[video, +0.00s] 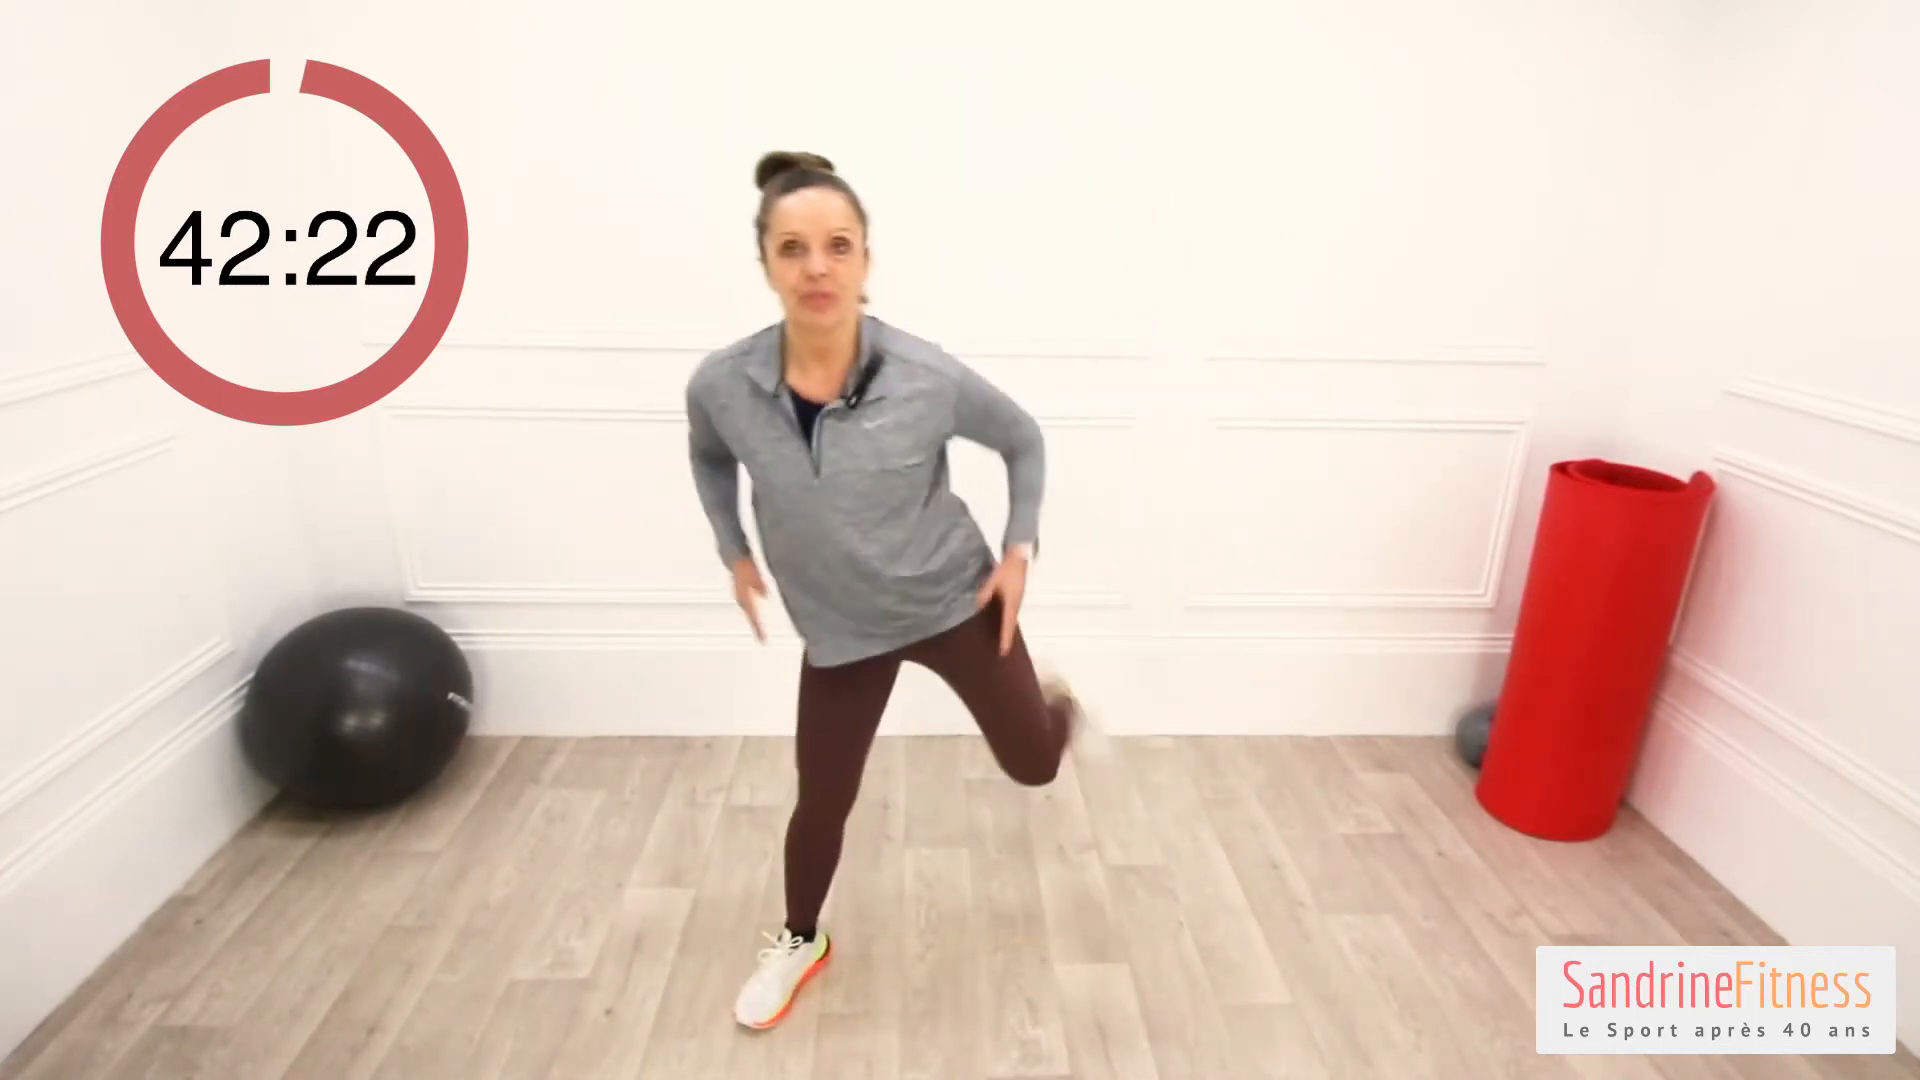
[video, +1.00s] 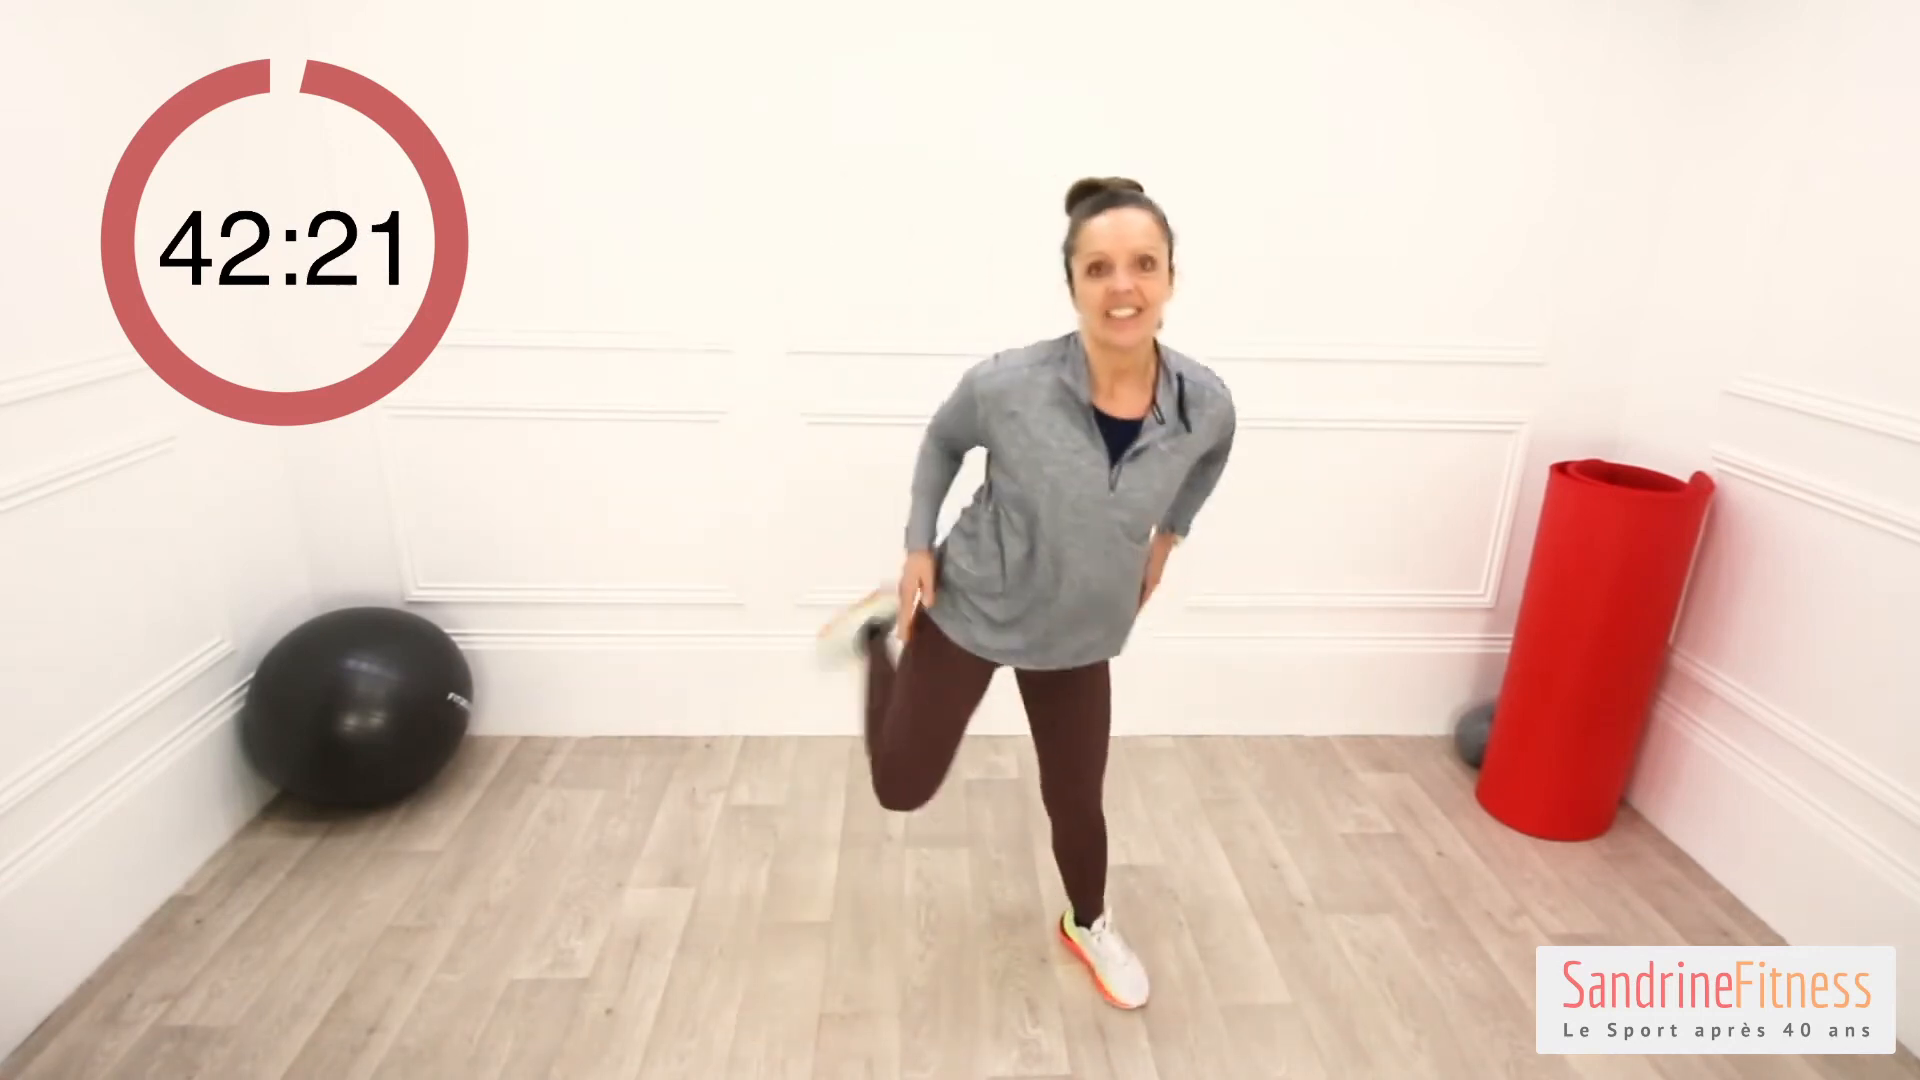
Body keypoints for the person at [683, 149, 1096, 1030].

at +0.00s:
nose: (818, 269)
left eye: (837, 246)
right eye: (794, 250)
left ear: (867, 259)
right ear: (766, 267)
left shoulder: (928, 377)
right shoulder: (723, 387)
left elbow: (1024, 441)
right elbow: (712, 461)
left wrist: (1019, 550)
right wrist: (735, 550)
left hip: (953, 608)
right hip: (839, 631)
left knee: (1031, 765)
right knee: (820, 799)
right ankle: (799, 939)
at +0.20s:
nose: (802, 298)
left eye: (820, 275)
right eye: (777, 280)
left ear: (848, 287)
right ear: (748, 300)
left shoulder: (911, 396)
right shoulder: (708, 415)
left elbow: (995, 444)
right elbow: (689, 479)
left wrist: (996, 552)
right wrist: (710, 574)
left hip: (933, 628)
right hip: (816, 651)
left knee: (1021, 784)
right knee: (800, 826)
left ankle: (966, 657)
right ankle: (799, 944)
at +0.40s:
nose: (848, 262)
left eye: (865, 239)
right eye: (823, 244)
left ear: (891, 250)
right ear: (793, 262)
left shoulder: (948, 373)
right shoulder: (749, 388)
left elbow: (1024, 501)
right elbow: (743, 527)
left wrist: (971, 561)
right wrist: (835, 573)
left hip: (947, 621)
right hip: (828, 636)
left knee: (1006, 767)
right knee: (816, 804)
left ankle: (1043, 831)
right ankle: (799, 941)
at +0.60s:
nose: (934, 302)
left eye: (952, 279)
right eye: (911, 284)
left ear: (975, 289)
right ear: (881, 298)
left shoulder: (1019, 415)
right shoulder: (839, 417)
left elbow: (1057, 551)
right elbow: (850, 564)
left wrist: (1032, 602)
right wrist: (938, 616)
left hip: (976, 642)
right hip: (869, 642)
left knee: (1024, 798)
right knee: (840, 824)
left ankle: (1079, 918)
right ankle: (800, 945)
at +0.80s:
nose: (1061, 288)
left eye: (1079, 266)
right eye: (1038, 271)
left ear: (1106, 277)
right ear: (1011, 288)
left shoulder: (1149, 415)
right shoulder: (960, 402)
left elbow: (1176, 543)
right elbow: (908, 545)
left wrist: (1135, 641)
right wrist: (949, 650)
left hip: (1046, 641)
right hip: (936, 624)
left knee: (1066, 799)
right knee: (868, 772)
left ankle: (1088, 925)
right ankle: (779, 902)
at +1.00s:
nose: (1124, 288)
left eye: (1144, 266)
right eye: (1100, 269)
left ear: (1171, 281)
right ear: (1072, 287)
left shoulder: (1204, 409)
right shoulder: (1006, 385)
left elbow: (1195, 485)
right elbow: (942, 445)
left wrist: (1156, 556)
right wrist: (918, 541)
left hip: (1079, 627)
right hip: (970, 609)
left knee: (1078, 802)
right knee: (900, 789)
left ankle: (1086, 925)